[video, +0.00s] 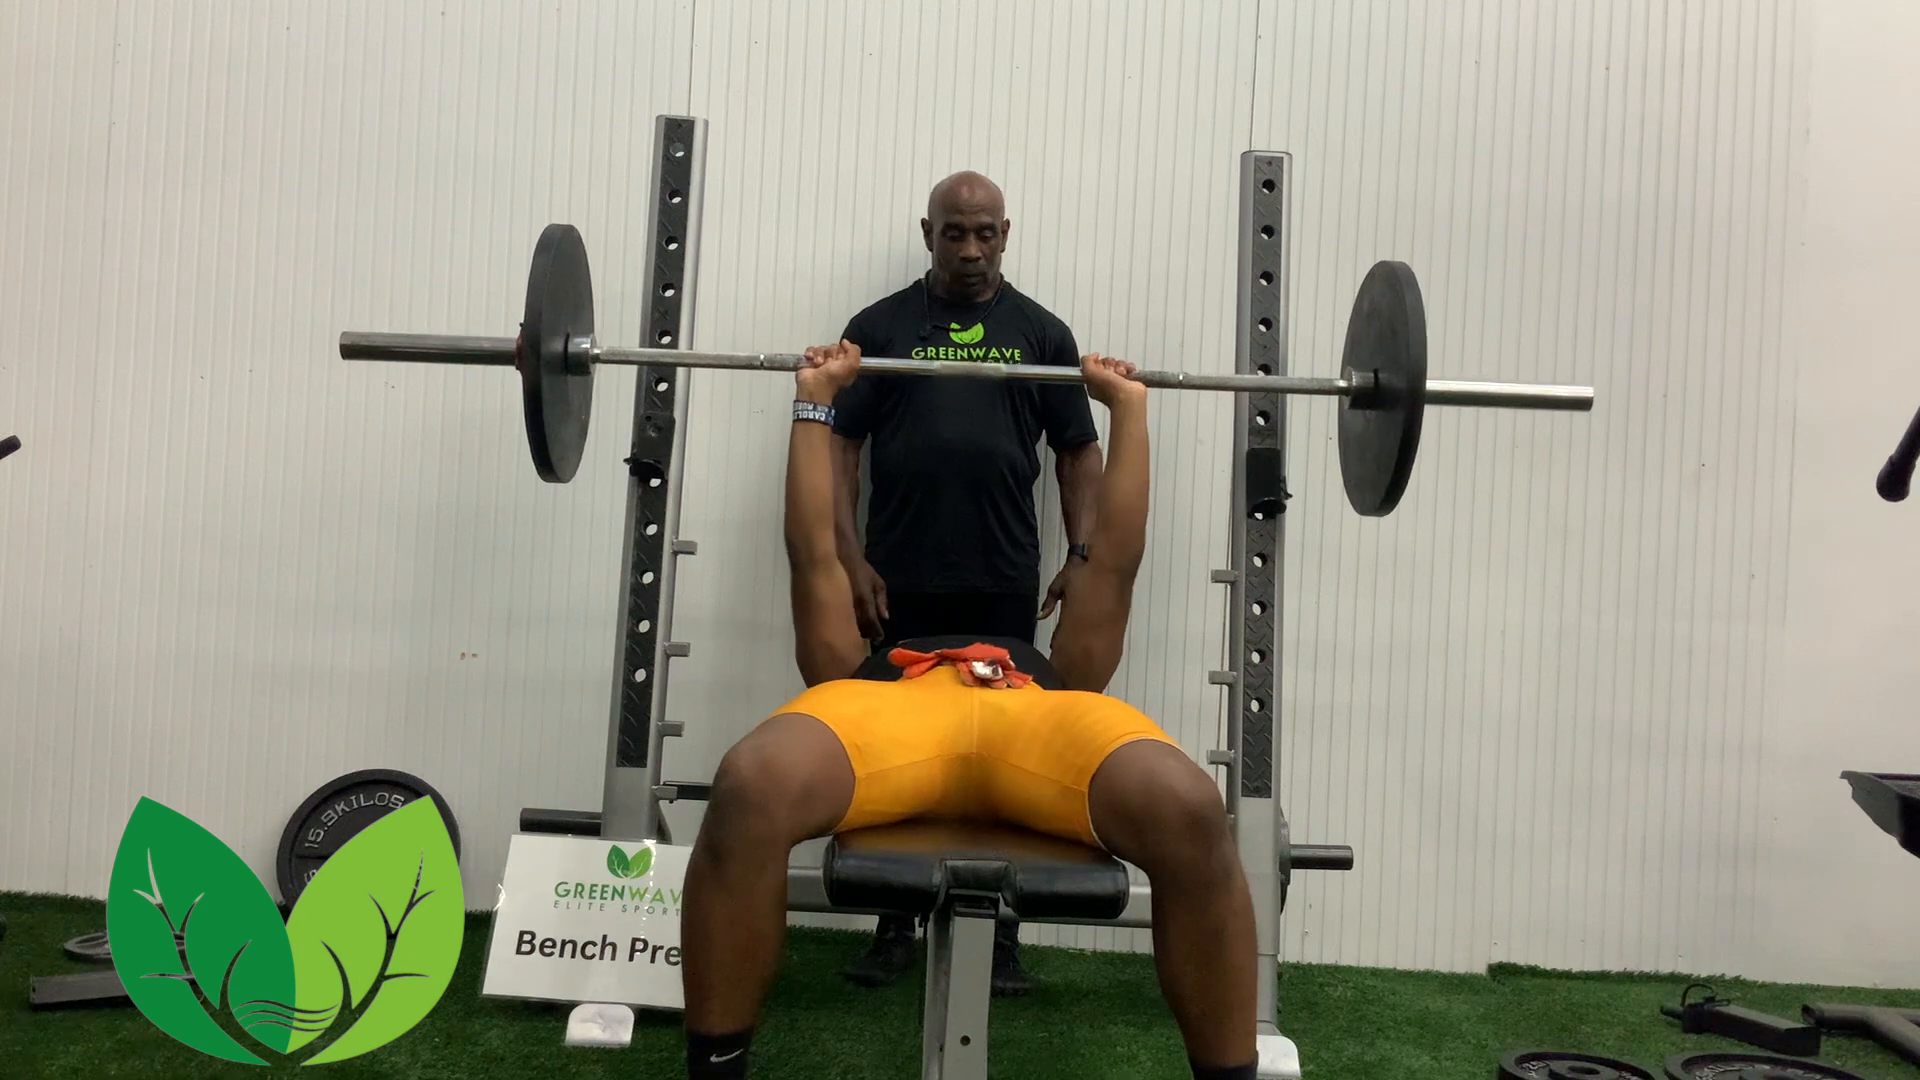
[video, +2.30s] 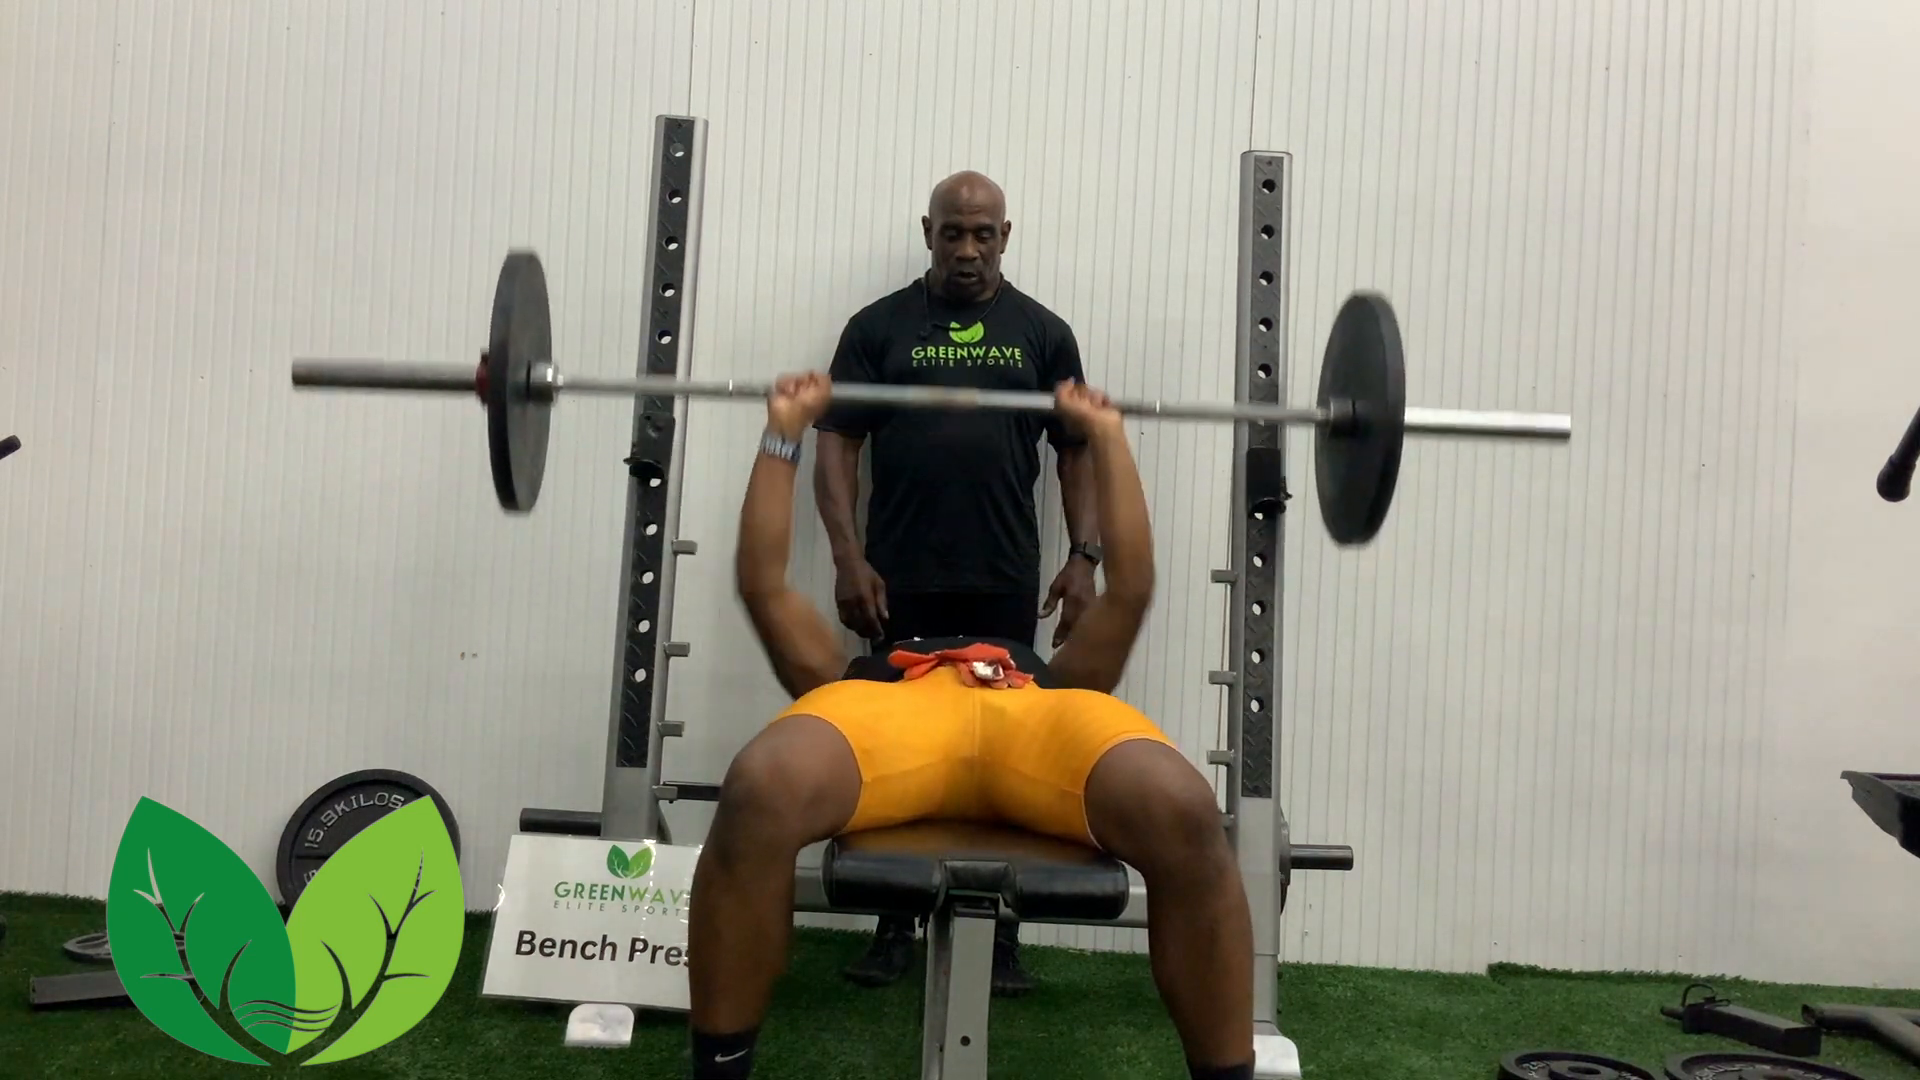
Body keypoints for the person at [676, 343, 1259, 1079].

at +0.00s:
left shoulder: (1062, 683)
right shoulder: (855, 676)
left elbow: (1111, 559)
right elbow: (815, 550)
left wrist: (1128, 404)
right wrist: (813, 405)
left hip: (1044, 707)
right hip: (886, 695)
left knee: (1193, 813)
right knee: (748, 788)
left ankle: (1230, 1070)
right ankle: (715, 1065)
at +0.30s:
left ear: (1029, 676)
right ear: (901, 660)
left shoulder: (1056, 686)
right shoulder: (861, 680)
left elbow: (1142, 639)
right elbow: (766, 626)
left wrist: (1131, 493)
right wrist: (803, 487)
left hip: (1044, 711)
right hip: (883, 706)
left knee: (1190, 815)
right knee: (755, 785)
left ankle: (1232, 1071)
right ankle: (715, 1065)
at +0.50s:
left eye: (995, 666)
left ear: (1011, 678)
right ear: (896, 660)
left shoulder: (1041, 692)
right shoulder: (873, 684)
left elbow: (1144, 732)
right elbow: (758, 732)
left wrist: (1130, 590)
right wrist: (798, 589)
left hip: (1035, 713)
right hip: (882, 702)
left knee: (1188, 817)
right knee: (752, 788)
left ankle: (1230, 1072)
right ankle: (713, 1065)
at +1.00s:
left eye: (995, 649)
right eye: (934, 649)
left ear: (1017, 660)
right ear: (911, 653)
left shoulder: (1055, 687)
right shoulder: (871, 683)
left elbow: (1149, 683)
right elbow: (763, 670)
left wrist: (1130, 531)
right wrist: (794, 526)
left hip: (1048, 710)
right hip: (893, 703)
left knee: (1197, 815)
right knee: (756, 794)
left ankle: (1231, 1074)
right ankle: (716, 1070)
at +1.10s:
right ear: (893, 653)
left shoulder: (1060, 687)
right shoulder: (858, 680)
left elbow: (1135, 617)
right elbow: (773, 602)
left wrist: (1131, 462)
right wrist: (794, 456)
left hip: (1039, 709)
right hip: (884, 700)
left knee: (1195, 812)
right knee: (761, 791)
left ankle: (1231, 1073)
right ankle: (717, 1065)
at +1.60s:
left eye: (996, 661)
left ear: (1013, 670)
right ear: (909, 655)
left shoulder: (1045, 684)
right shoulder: (874, 678)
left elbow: (1149, 705)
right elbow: (755, 699)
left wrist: (1125, 553)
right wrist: (791, 555)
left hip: (1038, 707)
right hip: (891, 697)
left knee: (1185, 819)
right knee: (758, 791)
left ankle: (1227, 1070)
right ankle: (714, 1065)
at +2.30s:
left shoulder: (1061, 687)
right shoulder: (854, 684)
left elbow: (1130, 587)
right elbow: (764, 585)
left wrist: (1109, 432)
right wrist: (782, 435)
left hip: (1039, 706)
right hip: (891, 697)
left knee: (1186, 814)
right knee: (759, 790)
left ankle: (1227, 1070)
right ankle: (720, 1064)